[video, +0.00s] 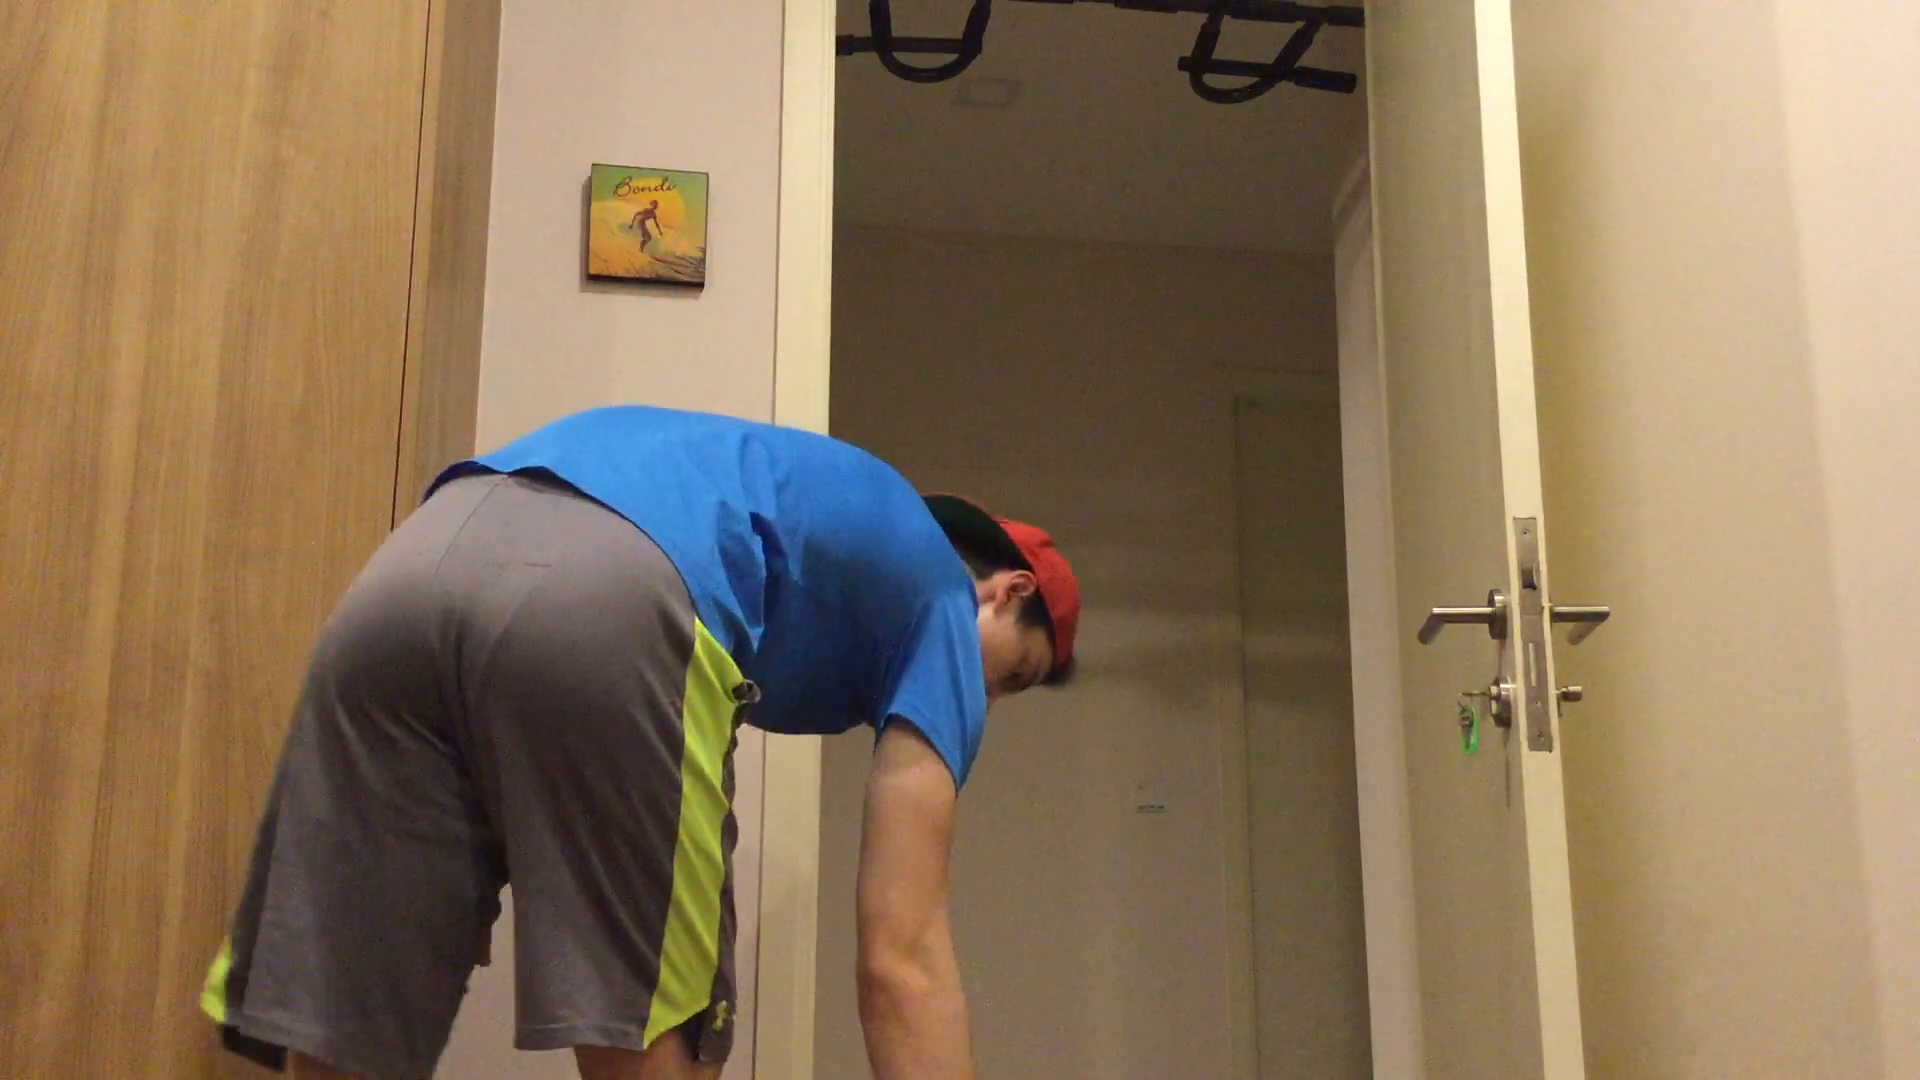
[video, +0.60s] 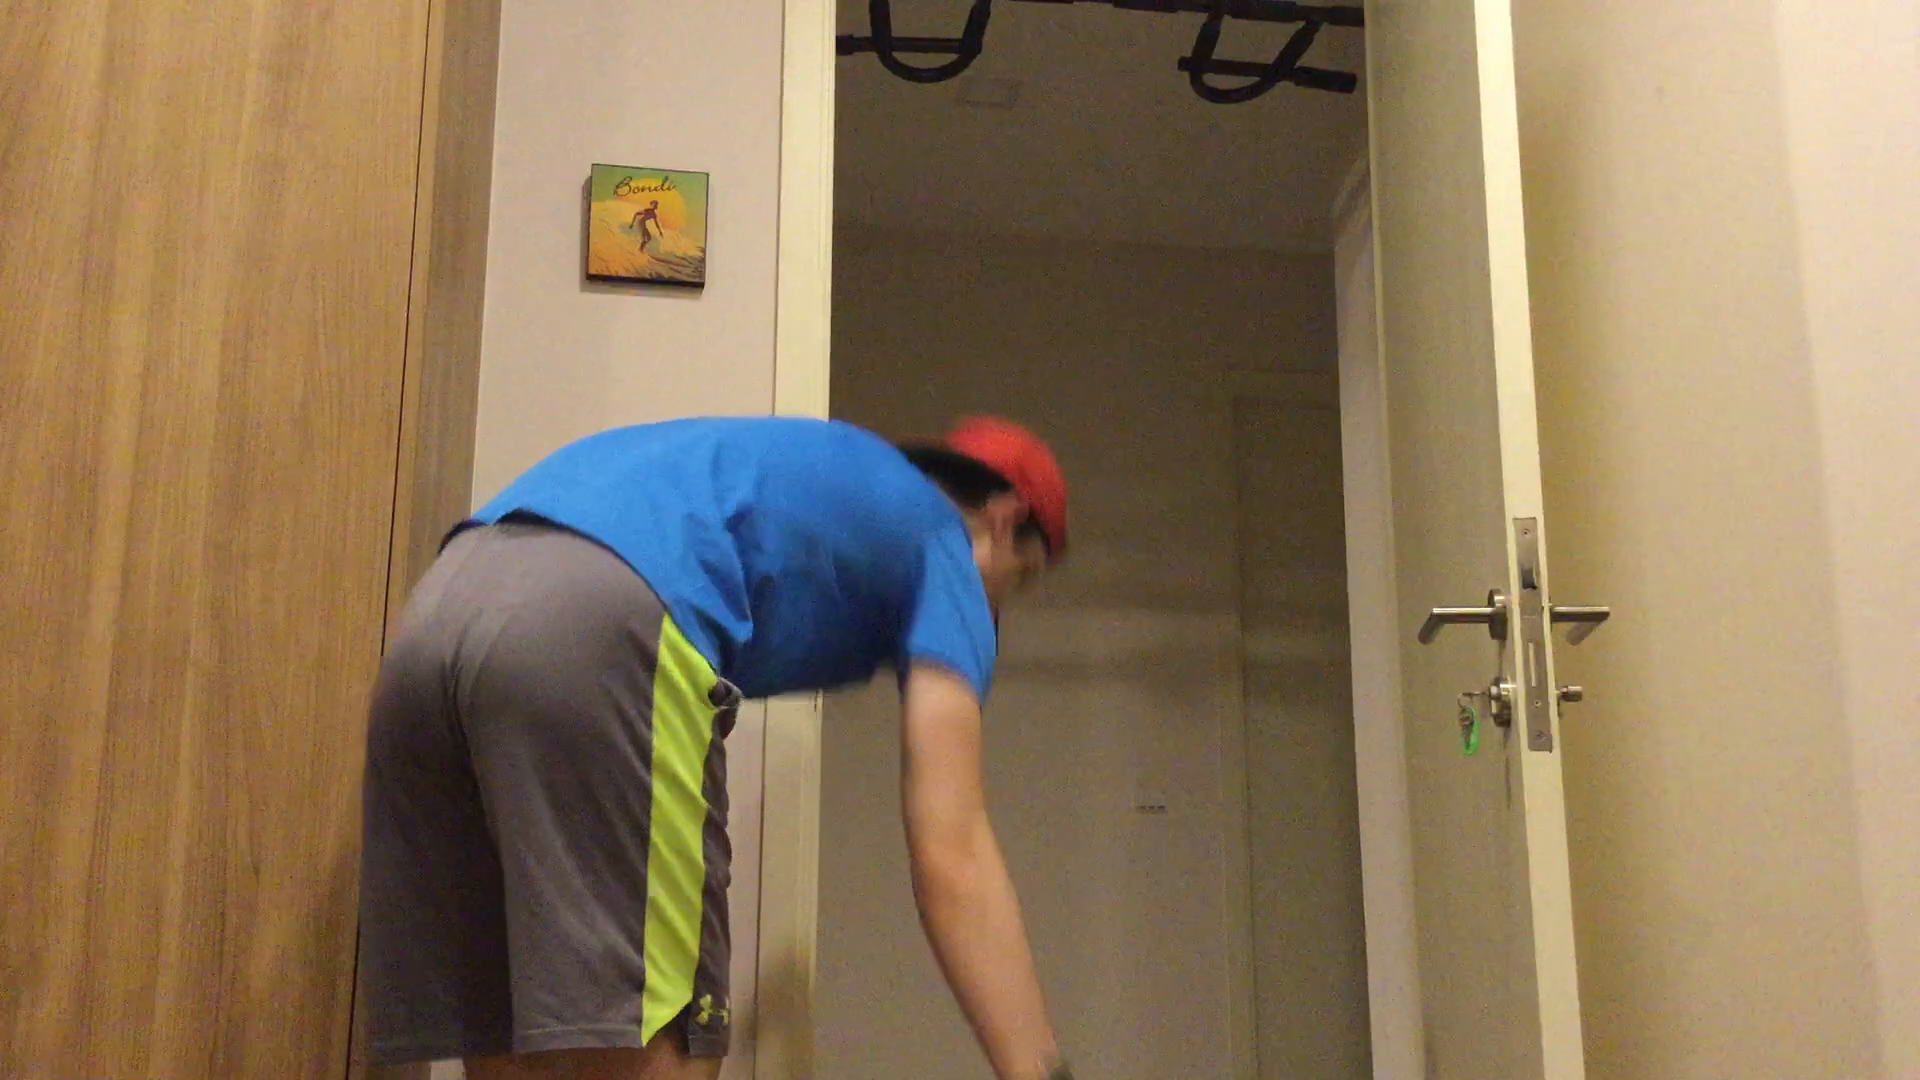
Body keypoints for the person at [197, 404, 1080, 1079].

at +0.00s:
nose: (1004, 685)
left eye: (1027, 679)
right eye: (1026, 660)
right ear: (1003, 587)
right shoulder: (945, 617)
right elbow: (901, 968)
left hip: (428, 540)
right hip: (613, 592)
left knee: (323, 1037)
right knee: (640, 1044)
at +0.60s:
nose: (1006, 597)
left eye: (1025, 580)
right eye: (1021, 566)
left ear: (926, 471)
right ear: (998, 514)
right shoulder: (940, 549)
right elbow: (952, 853)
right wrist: (1036, 1067)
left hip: (443, 599)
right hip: (598, 621)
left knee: (497, 1044)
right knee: (631, 1046)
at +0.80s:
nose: (989, 425)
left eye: (1001, 404)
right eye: (1001, 397)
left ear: (891, 332)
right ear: (982, 360)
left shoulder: (763, 388)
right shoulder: (921, 417)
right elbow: (878, 653)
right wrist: (901, 910)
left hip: (483, 621)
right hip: (627, 629)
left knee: (510, 1046)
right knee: (684, 1042)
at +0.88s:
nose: (976, 348)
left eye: (986, 324)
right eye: (985, 319)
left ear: (872, 276)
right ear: (966, 292)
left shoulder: (751, 344)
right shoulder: (909, 364)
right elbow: (841, 586)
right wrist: (834, 827)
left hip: (507, 633)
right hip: (645, 629)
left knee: (558, 1045)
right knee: (722, 1033)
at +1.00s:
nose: (956, 264)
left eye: (963, 239)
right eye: (962, 233)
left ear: (848, 206)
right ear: (936, 210)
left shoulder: (725, 302)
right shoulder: (887, 297)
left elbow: (637, 499)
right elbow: (803, 504)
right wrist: (780, 748)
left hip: (550, 651)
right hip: (675, 643)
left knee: (599, 1047)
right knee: (823, 1024)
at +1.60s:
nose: (1060, 270)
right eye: (1061, 253)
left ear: (947, 236)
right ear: (1057, 253)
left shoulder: (847, 374)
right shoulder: (1063, 359)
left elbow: (836, 603)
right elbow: (1073, 592)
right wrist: (1123, 799)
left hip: (879, 760)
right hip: (1005, 756)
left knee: (907, 1058)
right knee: (1012, 1057)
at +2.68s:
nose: (1160, 333)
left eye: (1174, 317)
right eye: (1134, 323)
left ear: (1196, 338)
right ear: (1102, 351)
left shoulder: (1233, 504)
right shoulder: (1082, 464)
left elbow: (1230, 681)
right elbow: (1089, 635)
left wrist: (1236, 836)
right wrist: (1191, 760)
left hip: (1197, 804)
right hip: (1090, 799)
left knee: (1184, 1056)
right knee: (1081, 1052)